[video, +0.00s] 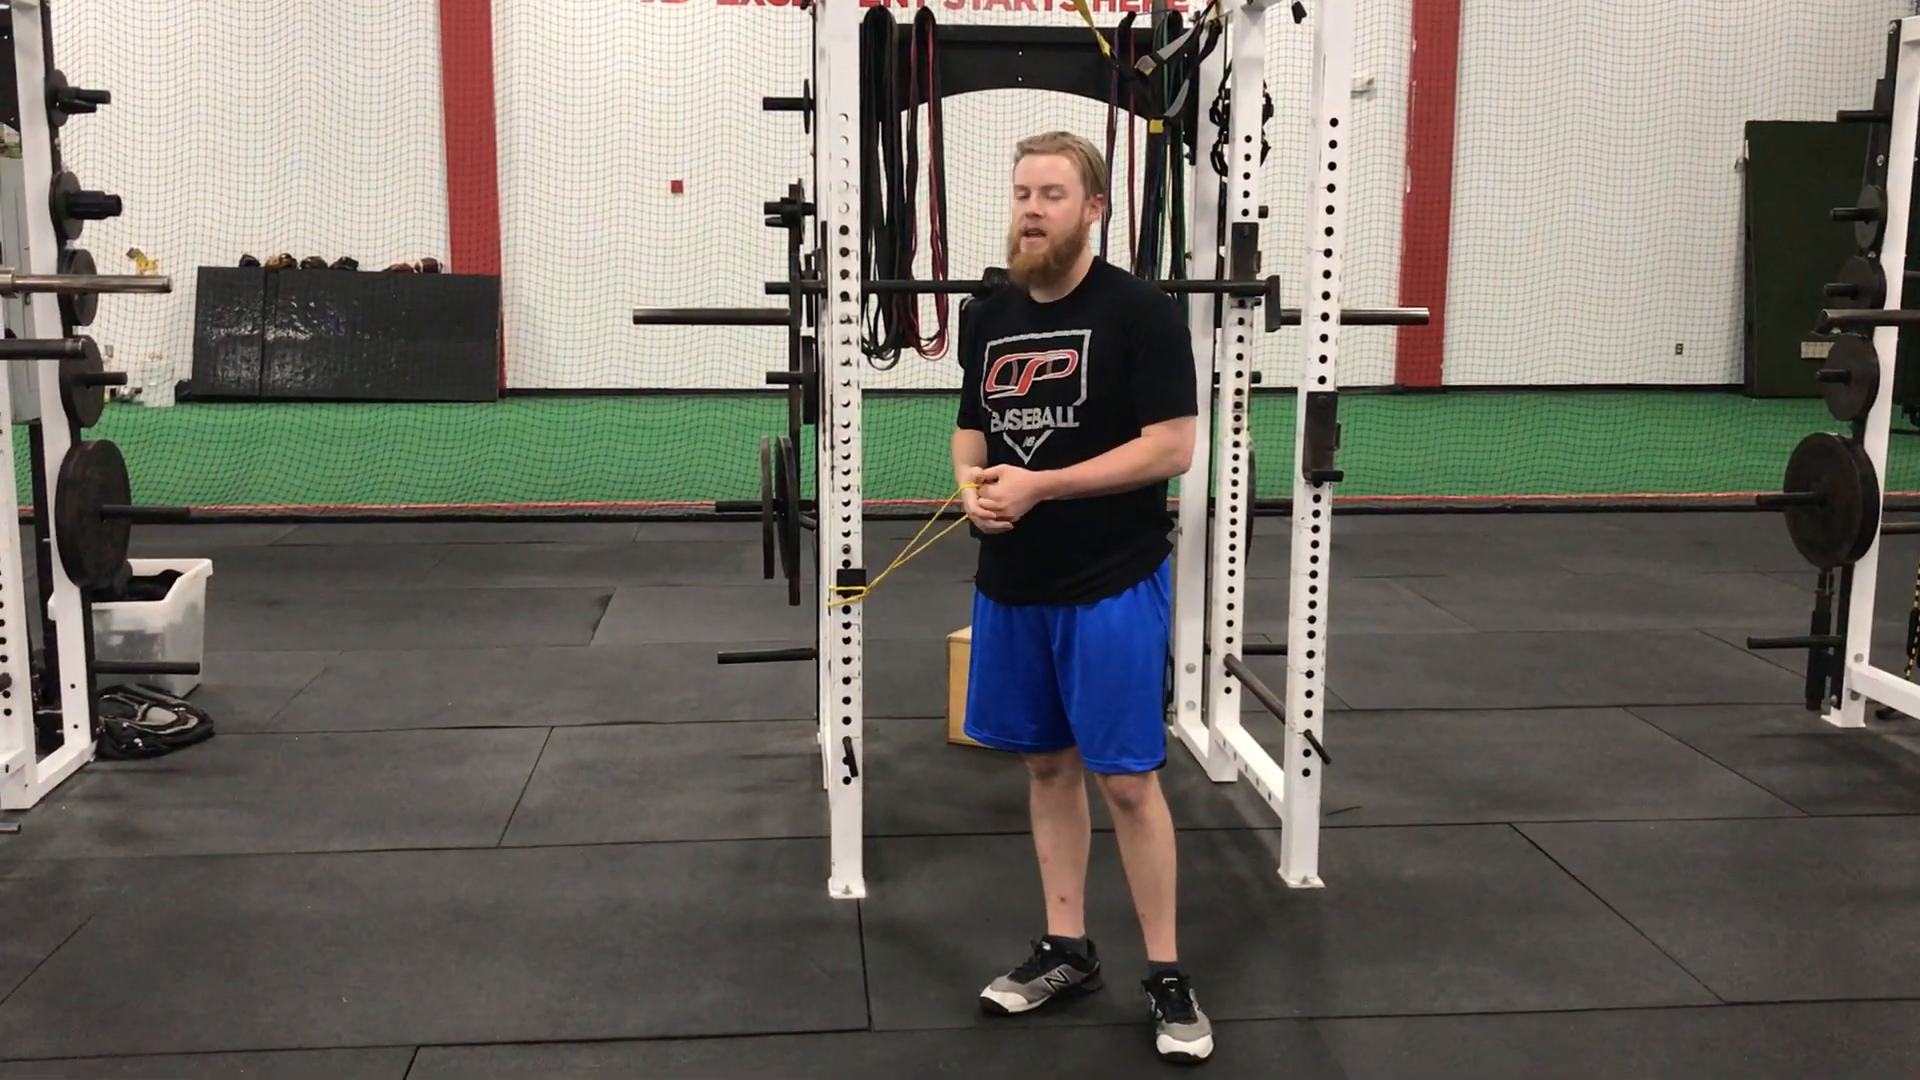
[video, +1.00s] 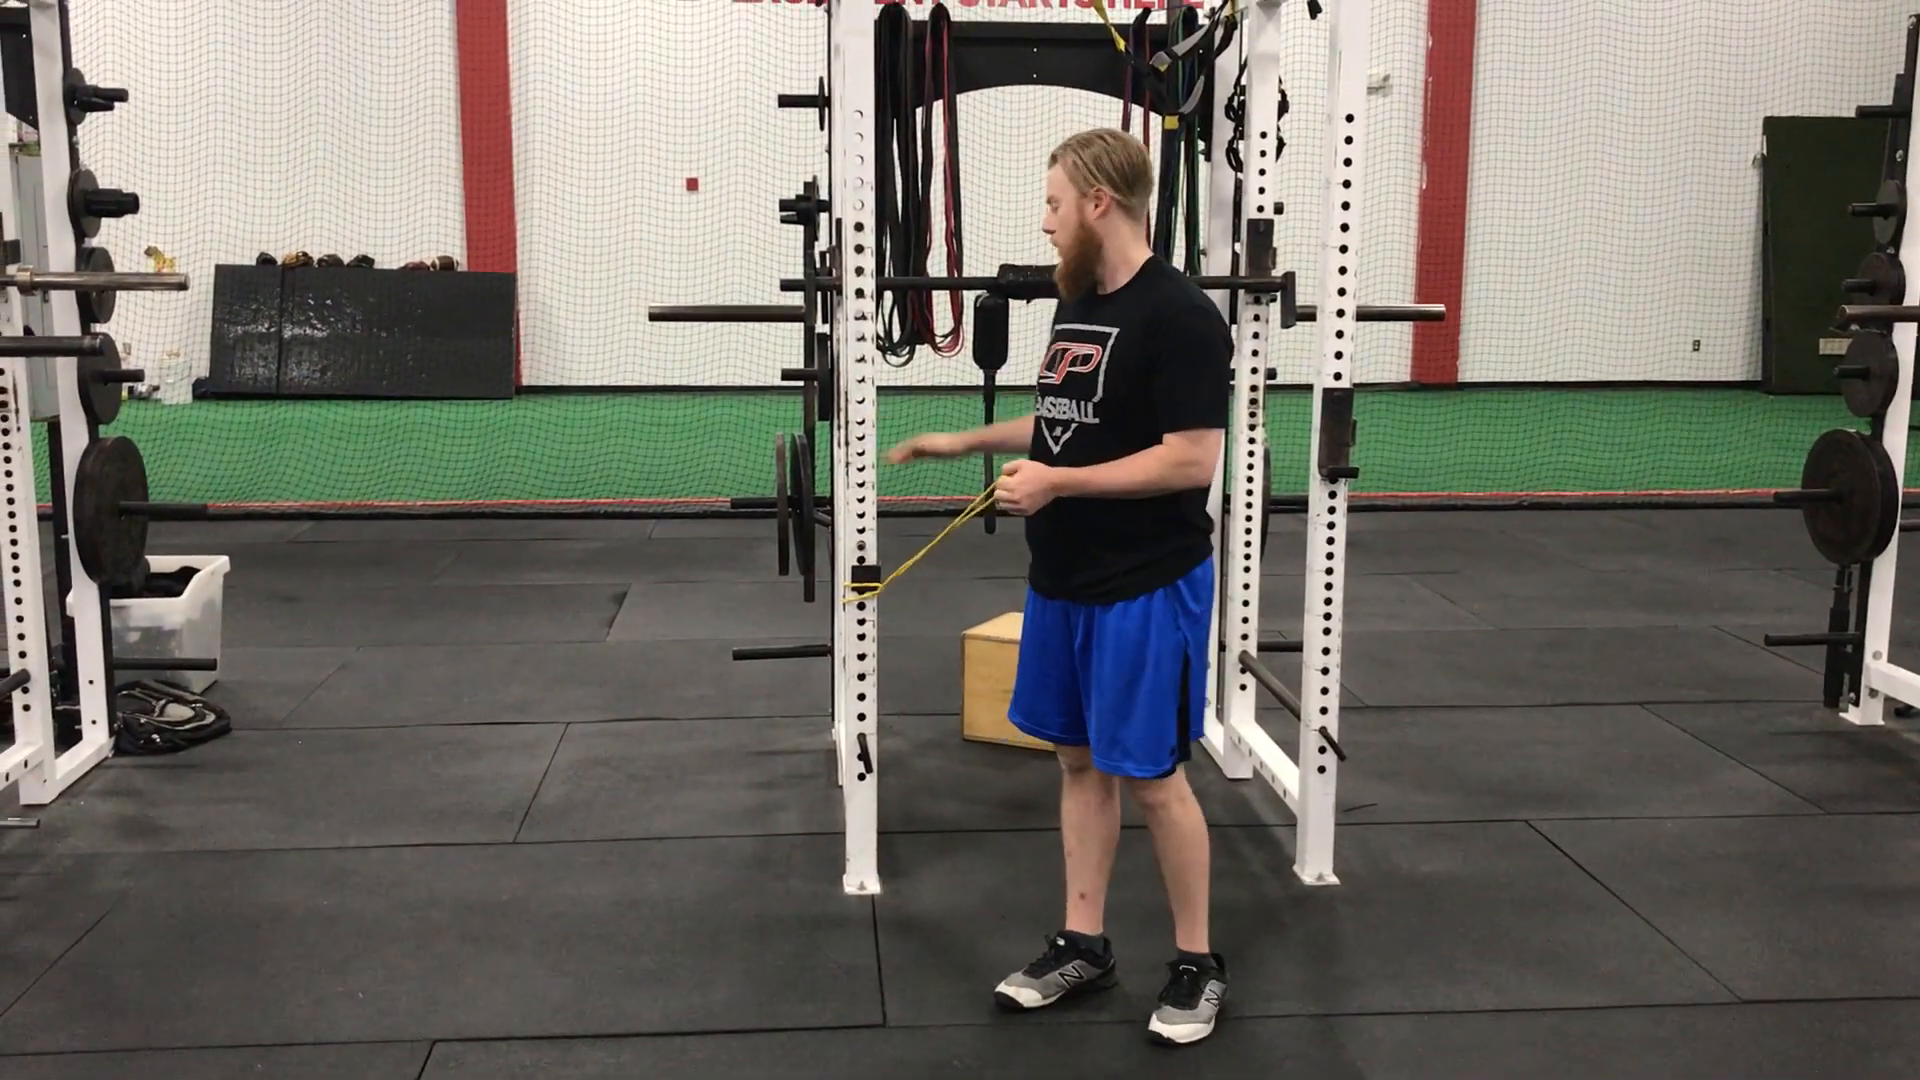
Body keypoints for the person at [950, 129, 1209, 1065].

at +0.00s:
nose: (1029, 209)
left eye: (1049, 195)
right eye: (1021, 194)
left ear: (1093, 209)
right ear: (1007, 208)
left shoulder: (1140, 310)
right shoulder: (988, 314)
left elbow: (1174, 444)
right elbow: (969, 430)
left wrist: (1041, 483)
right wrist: (973, 485)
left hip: (1115, 586)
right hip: (1015, 586)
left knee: (1129, 782)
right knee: (1048, 769)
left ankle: (1167, 977)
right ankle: (1066, 950)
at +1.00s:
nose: (1047, 224)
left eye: (1053, 206)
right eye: (1046, 207)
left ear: (1098, 203)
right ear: (1098, 206)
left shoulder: (1181, 315)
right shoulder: (1078, 307)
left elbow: (1194, 460)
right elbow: (1064, 429)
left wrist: (1060, 480)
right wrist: (963, 442)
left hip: (1150, 585)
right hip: (1066, 581)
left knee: (1154, 775)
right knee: (1081, 760)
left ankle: (1195, 963)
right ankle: (1080, 945)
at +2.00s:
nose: (1095, 242)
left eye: (1102, 224)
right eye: (1095, 224)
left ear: (1147, 224)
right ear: (1149, 222)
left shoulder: (1236, 334)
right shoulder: (1128, 317)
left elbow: (1245, 482)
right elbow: (1098, 437)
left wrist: (1107, 505)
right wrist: (1035, 525)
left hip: (1196, 606)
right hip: (1106, 597)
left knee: (1209, 788)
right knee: (1101, 772)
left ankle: (1211, 974)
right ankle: (1095, 958)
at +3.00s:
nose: (1103, 212)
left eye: (1123, 197)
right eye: (1091, 196)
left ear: (1162, 212)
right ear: (1075, 210)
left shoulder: (1210, 318)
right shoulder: (1053, 326)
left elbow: (1234, 454)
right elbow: (1031, 458)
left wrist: (1096, 483)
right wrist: (1026, 578)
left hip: (1186, 596)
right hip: (1080, 596)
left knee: (1199, 779)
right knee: (1098, 774)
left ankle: (1215, 974)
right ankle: (1100, 958)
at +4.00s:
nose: (1123, 226)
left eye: (1140, 207)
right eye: (1121, 208)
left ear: (1198, 212)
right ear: (1147, 215)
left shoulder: (1261, 331)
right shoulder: (1118, 328)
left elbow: (1273, 481)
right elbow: (1093, 465)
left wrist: (1126, 501)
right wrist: (1059, 579)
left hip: (1223, 611)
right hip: (1117, 603)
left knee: (1234, 797)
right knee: (1083, 772)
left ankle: (1243, 977)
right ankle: (1121, 954)